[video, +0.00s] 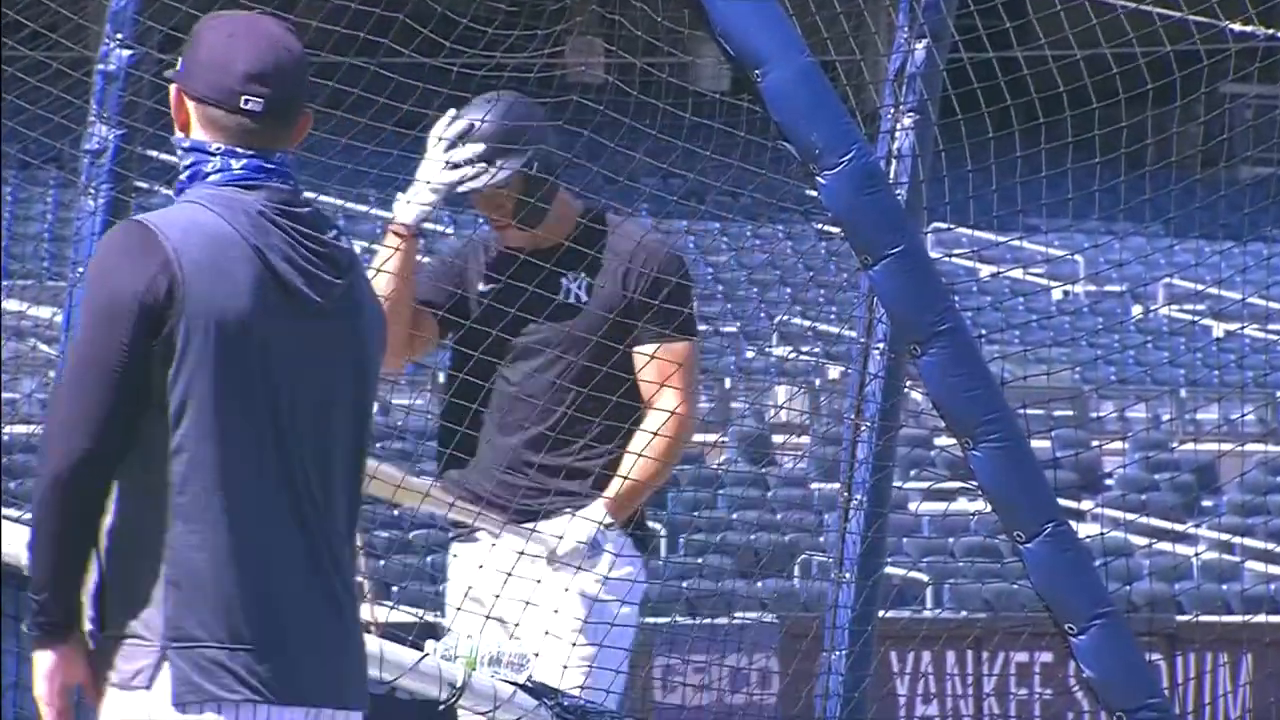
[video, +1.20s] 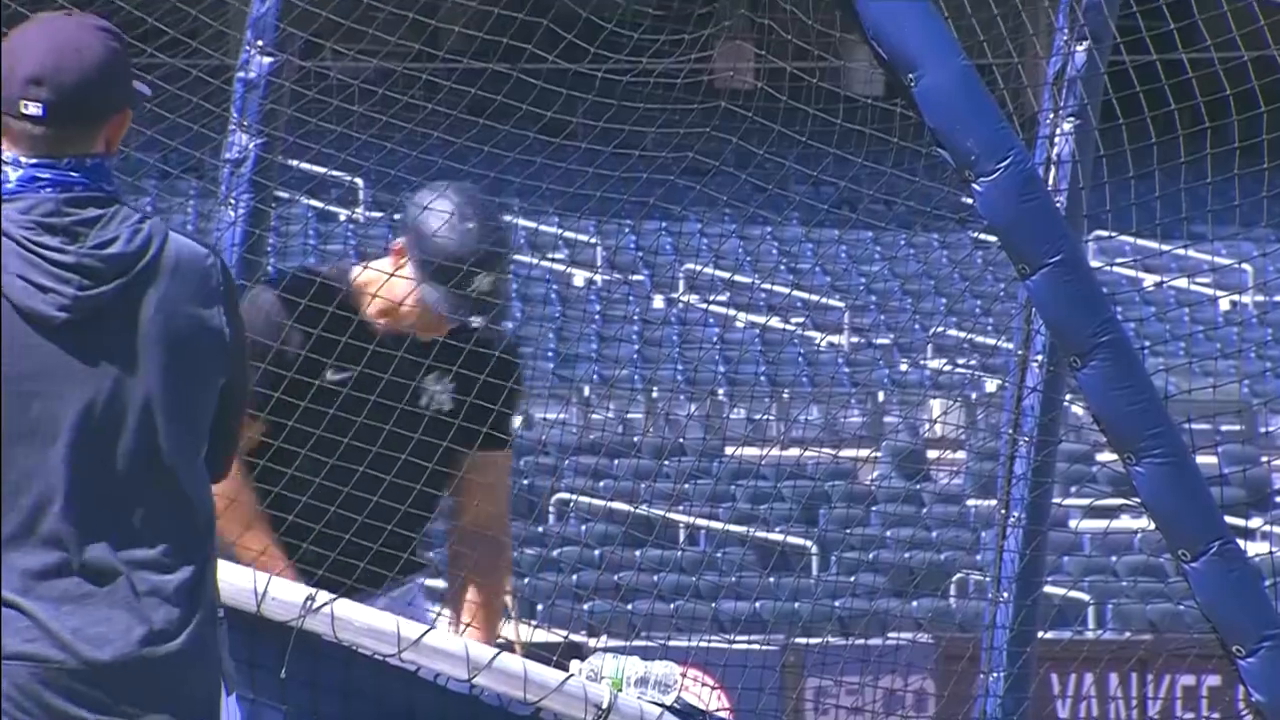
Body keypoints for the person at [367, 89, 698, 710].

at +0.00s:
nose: (490, 216)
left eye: (500, 197)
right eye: (475, 202)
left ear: (544, 175)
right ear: (460, 194)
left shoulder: (642, 259)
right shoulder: (468, 264)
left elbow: (671, 408)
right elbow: (381, 349)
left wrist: (604, 512)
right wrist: (408, 215)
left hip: (586, 547)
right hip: (480, 544)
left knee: (571, 708)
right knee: (477, 708)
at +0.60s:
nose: (562, 244)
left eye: (577, 231)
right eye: (551, 225)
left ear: (620, 216)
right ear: (530, 205)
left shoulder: (671, 299)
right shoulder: (506, 246)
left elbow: (657, 469)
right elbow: (396, 323)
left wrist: (588, 606)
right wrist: (487, 218)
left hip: (556, 542)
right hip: (451, 527)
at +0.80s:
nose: (561, 251)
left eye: (580, 237)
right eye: (548, 228)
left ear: (613, 219)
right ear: (523, 196)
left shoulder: (643, 303)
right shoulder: (465, 224)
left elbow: (622, 468)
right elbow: (360, 344)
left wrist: (579, 613)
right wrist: (454, 266)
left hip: (534, 553)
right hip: (406, 538)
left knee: (515, 709)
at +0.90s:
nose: (547, 266)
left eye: (567, 256)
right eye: (535, 246)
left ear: (601, 234)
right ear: (510, 195)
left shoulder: (622, 315)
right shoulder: (442, 228)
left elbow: (597, 478)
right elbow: (336, 358)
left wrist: (551, 631)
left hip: (511, 556)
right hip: (379, 540)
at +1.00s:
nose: (524, 276)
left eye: (545, 267)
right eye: (518, 256)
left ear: (576, 244)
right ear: (493, 206)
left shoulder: (588, 327)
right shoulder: (400, 248)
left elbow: (566, 490)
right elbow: (307, 368)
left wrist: (540, 651)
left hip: (476, 564)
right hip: (342, 548)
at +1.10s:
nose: (495, 299)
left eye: (513, 288)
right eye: (486, 280)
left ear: (539, 267)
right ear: (454, 229)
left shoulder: (543, 340)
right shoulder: (349, 280)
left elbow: (534, 498)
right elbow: (261, 399)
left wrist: (514, 648)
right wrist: (324, 530)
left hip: (436, 576)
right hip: (302, 563)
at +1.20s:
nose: (444, 324)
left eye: (461, 312)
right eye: (435, 304)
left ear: (485, 293)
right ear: (400, 254)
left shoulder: (485, 363)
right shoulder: (284, 315)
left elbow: (482, 526)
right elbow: (216, 464)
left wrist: (476, 659)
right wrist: (293, 603)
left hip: (394, 610)